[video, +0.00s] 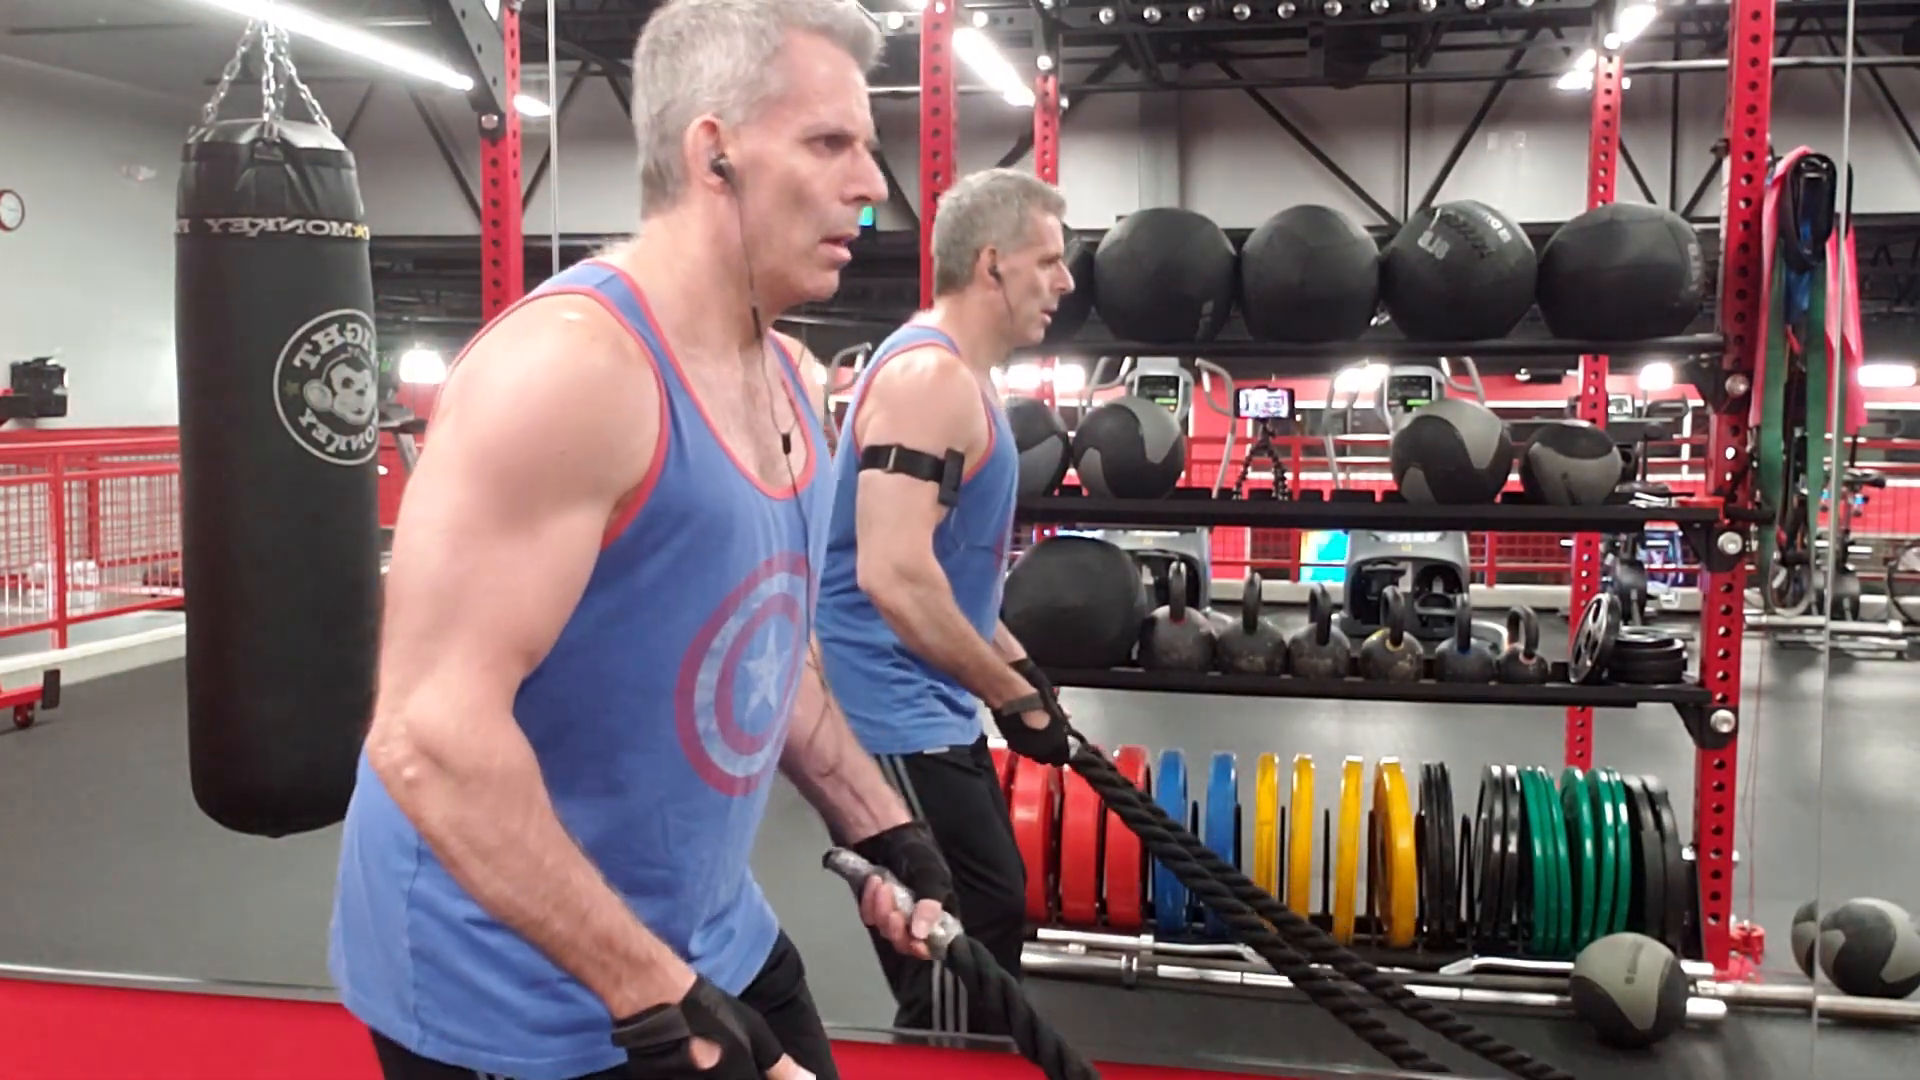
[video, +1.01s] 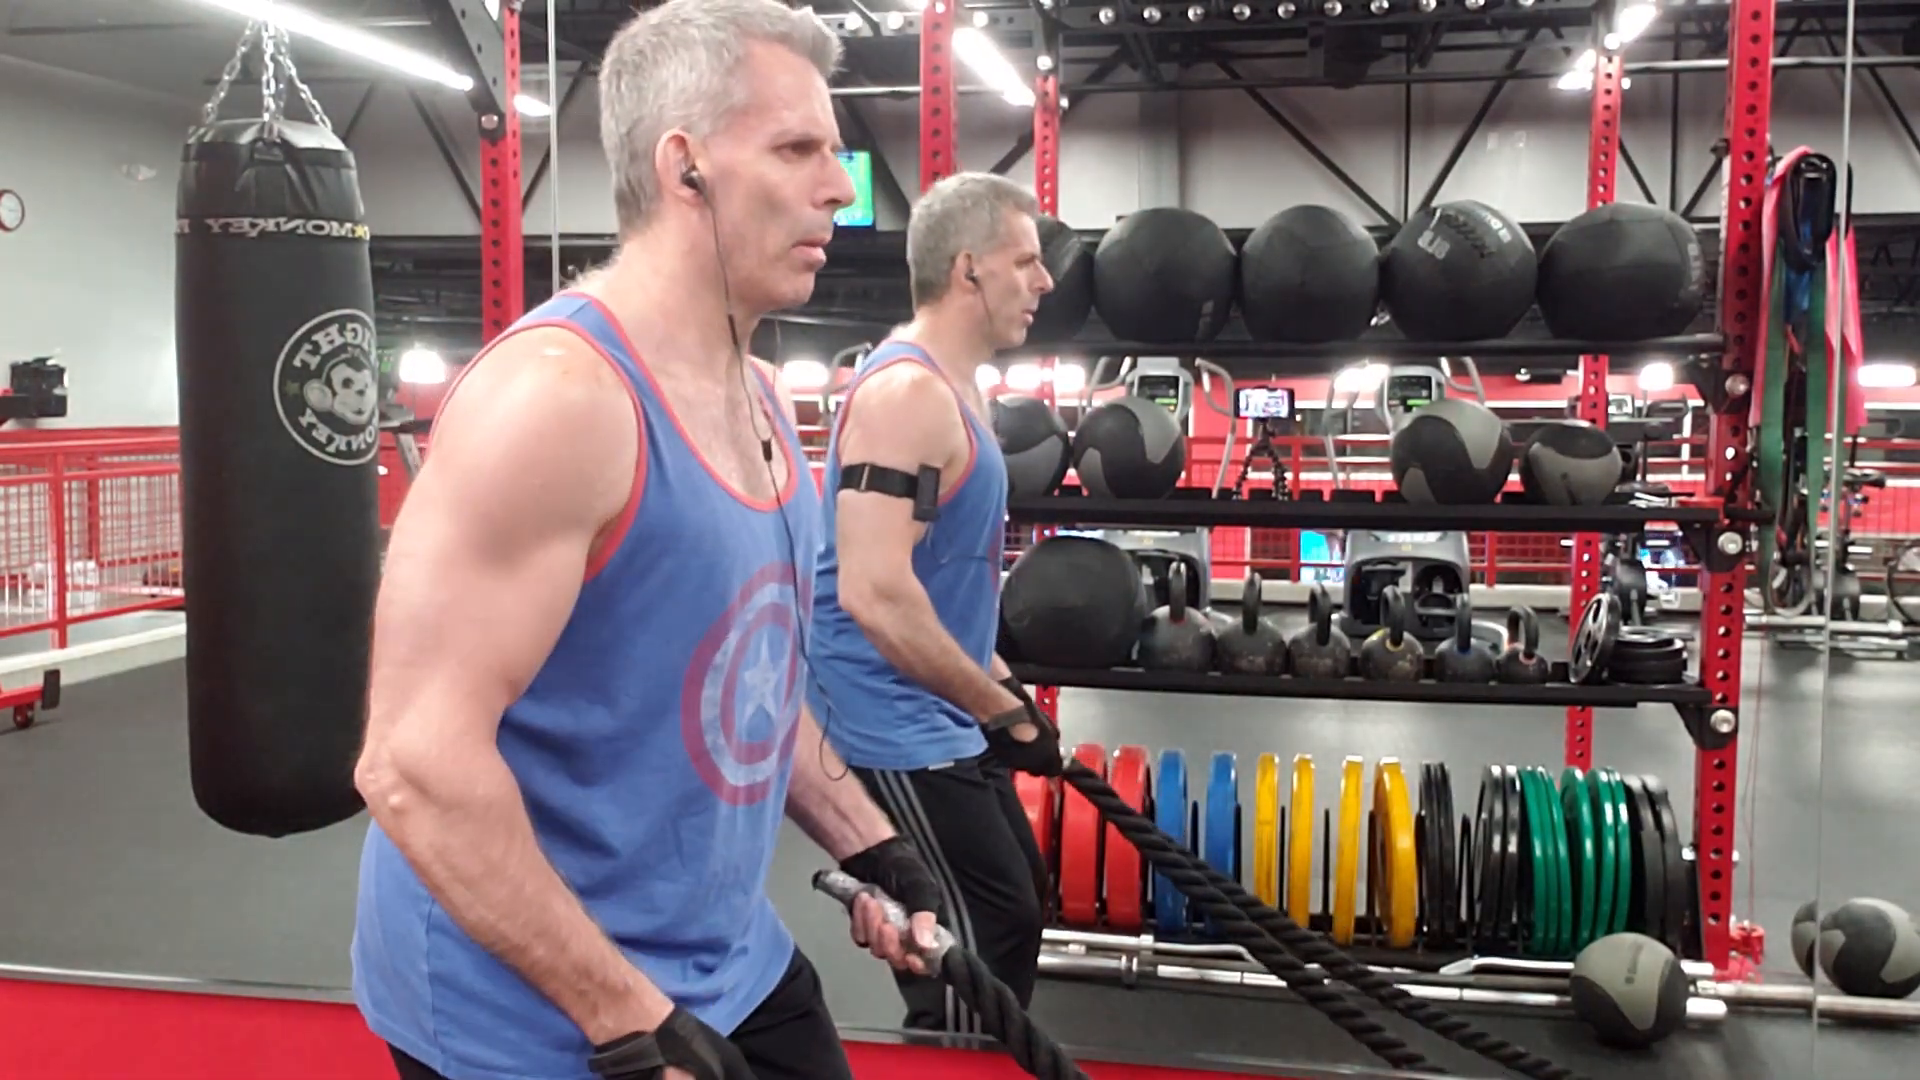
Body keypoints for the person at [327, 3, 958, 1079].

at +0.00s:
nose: (872, 185)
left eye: (867, 149)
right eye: (832, 142)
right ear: (714, 153)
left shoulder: (790, 380)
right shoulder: (561, 368)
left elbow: (762, 648)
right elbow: (431, 732)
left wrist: (883, 836)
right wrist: (651, 991)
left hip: (715, 934)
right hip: (513, 991)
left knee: (801, 1071)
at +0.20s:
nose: (826, 185)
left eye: (823, 148)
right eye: (785, 142)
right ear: (665, 147)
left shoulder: (757, 373)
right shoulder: (539, 376)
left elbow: (756, 653)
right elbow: (414, 751)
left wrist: (882, 842)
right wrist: (644, 1012)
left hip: (713, 945)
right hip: (515, 1003)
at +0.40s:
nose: (806, 179)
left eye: (803, 142)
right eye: (766, 137)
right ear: (648, 149)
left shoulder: (744, 367)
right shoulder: (531, 379)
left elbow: (760, 640)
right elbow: (417, 750)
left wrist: (886, 834)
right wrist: (652, 1001)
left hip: (729, 950)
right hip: (529, 1010)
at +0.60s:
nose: (824, 183)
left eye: (819, 146)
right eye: (784, 142)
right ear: (666, 154)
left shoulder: (742, 378)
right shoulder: (541, 386)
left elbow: (747, 671)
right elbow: (418, 755)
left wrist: (876, 857)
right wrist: (645, 1011)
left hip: (731, 956)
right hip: (528, 1014)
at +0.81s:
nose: (832, 185)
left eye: (827, 148)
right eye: (791, 144)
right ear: (675, 160)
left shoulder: (750, 388)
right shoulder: (547, 392)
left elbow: (745, 678)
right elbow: (419, 759)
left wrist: (874, 857)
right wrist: (644, 1016)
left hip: (732, 958)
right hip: (531, 1016)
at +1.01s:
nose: (840, 189)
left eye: (834, 151)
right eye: (798, 148)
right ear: (684, 164)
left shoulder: (755, 394)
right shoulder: (549, 395)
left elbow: (746, 679)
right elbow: (416, 763)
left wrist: (875, 859)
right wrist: (633, 1027)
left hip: (731, 959)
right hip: (530, 1015)